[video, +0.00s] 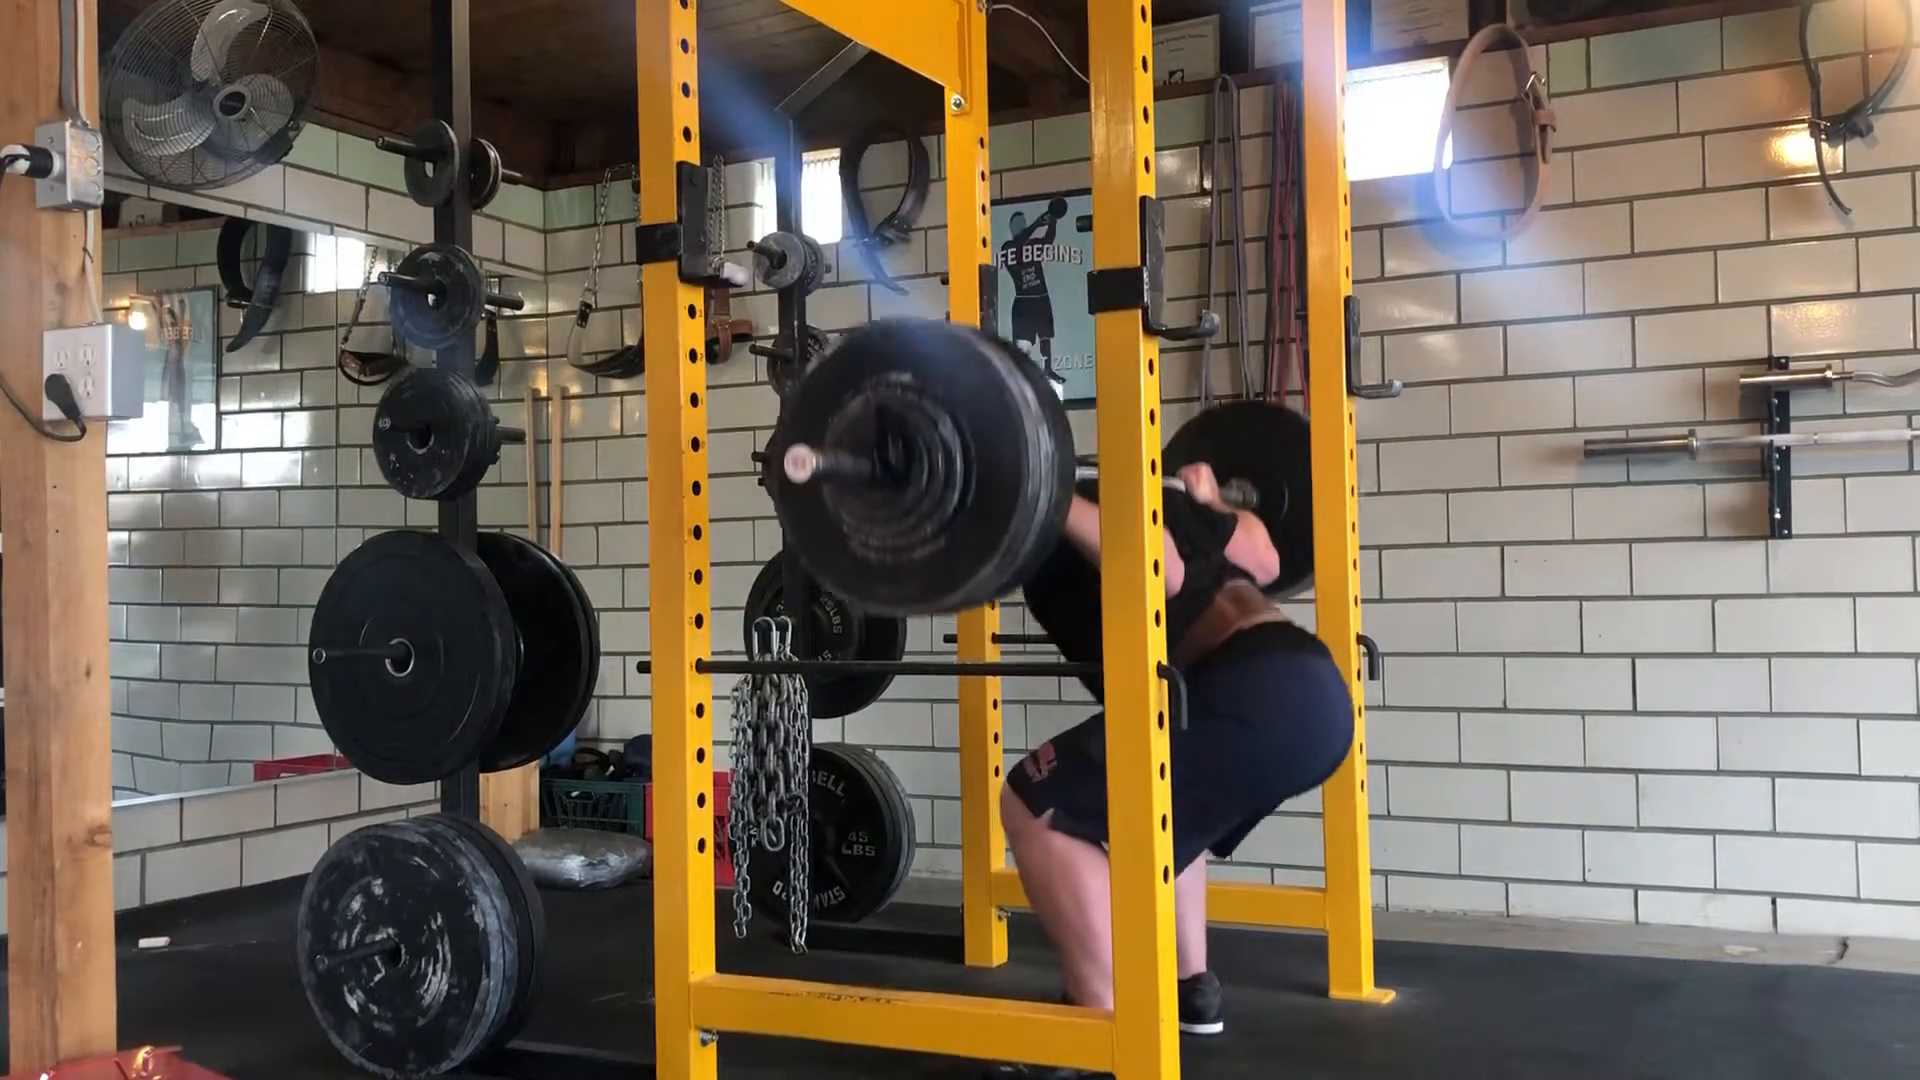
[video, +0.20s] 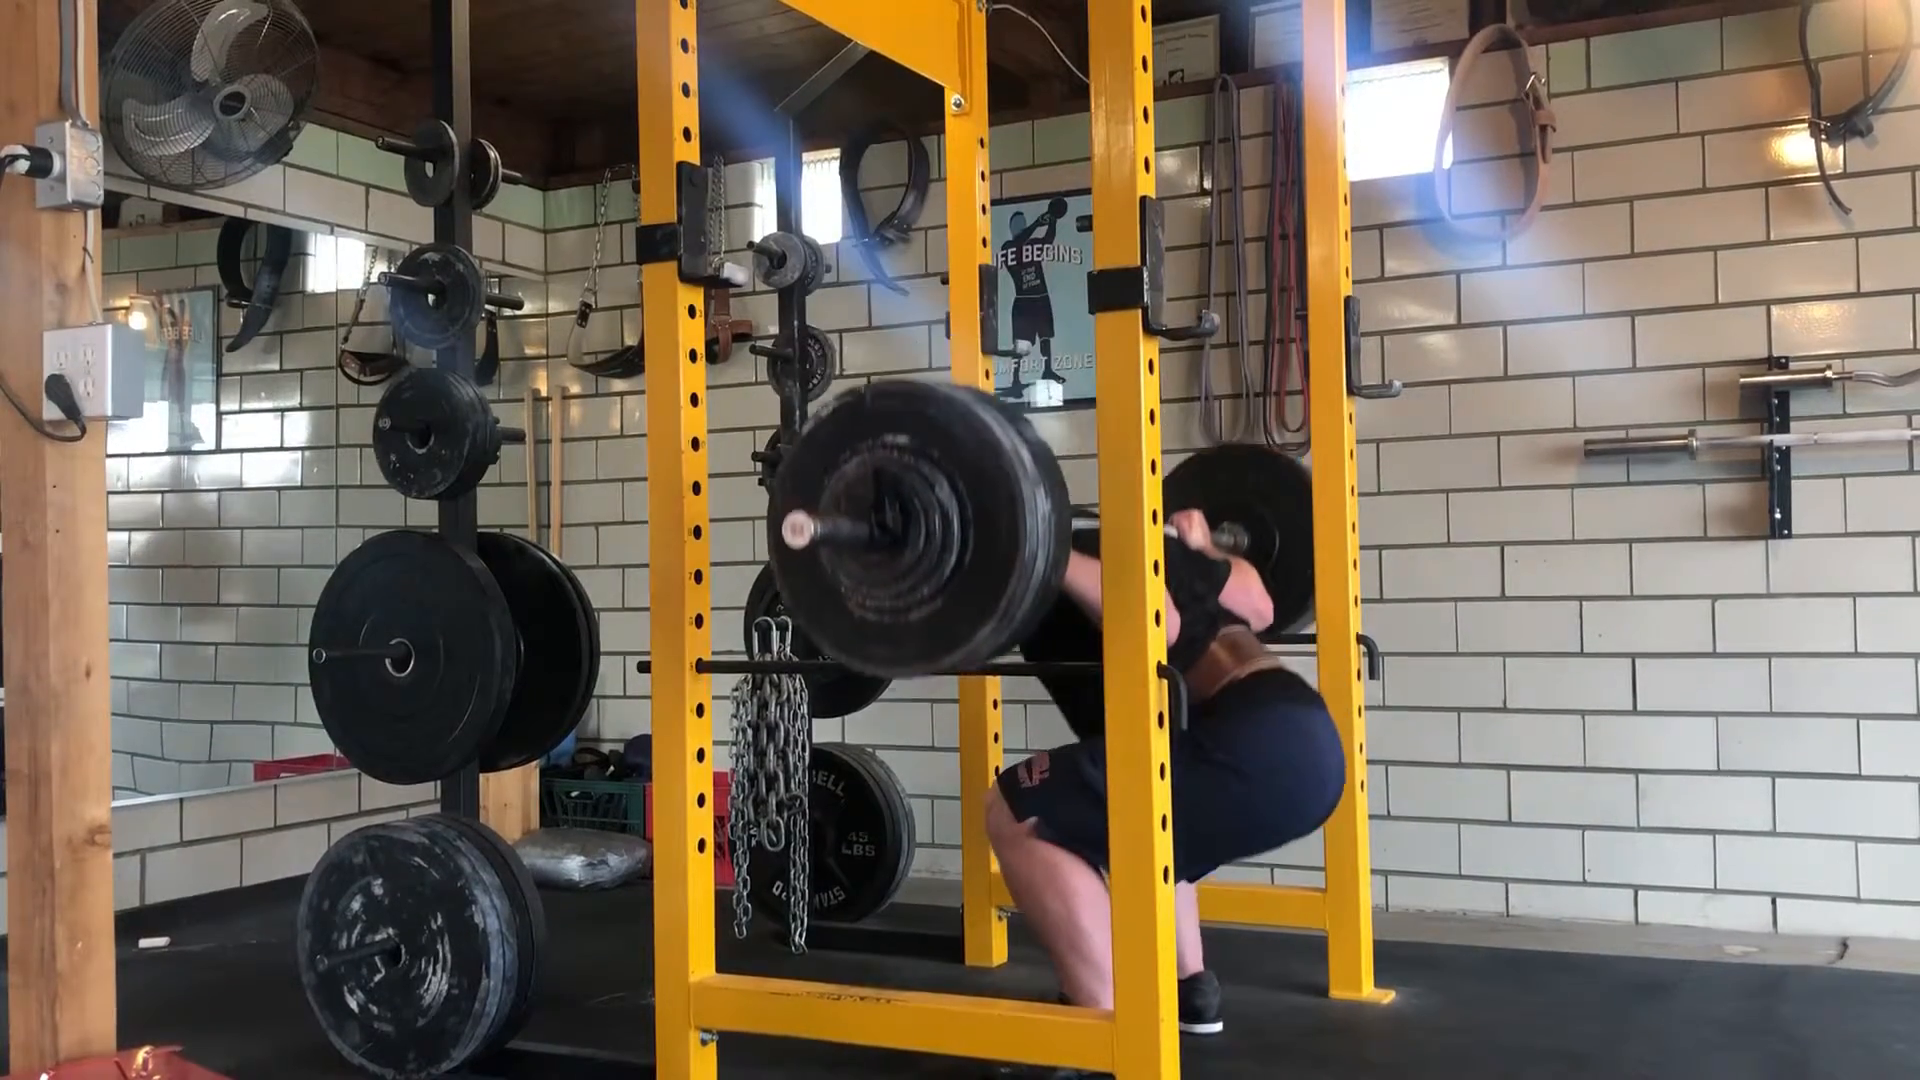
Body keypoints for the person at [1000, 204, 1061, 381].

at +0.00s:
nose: (1022, 227)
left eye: (1023, 224)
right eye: (1018, 224)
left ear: (1024, 226)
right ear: (1012, 227)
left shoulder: (1034, 246)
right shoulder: (1008, 248)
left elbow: (1048, 239)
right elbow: (1022, 236)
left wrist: (1052, 221)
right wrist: (1038, 222)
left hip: (1041, 297)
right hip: (1023, 298)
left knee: (1045, 337)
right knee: (1022, 339)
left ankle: (1047, 369)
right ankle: (1020, 371)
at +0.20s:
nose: (1022, 228)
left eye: (1023, 225)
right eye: (1018, 225)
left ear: (1024, 226)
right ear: (1013, 228)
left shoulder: (1035, 245)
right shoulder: (1007, 249)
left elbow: (1049, 237)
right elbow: (1021, 236)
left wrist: (1052, 218)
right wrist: (1038, 222)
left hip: (1042, 298)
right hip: (1023, 299)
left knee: (1045, 338)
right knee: (1021, 343)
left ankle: (1048, 370)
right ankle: (1016, 379)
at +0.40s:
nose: (1022, 228)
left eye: (1023, 225)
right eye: (1019, 225)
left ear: (1024, 226)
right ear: (1013, 228)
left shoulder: (1035, 244)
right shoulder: (1007, 249)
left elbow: (1049, 238)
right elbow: (1021, 237)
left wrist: (1052, 219)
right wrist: (1037, 223)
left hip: (1041, 298)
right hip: (1023, 299)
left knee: (1046, 338)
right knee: (1021, 343)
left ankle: (1048, 370)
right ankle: (1016, 379)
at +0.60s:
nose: (1022, 228)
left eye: (1022, 225)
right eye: (1019, 225)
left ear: (1016, 228)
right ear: (1016, 228)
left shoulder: (1034, 245)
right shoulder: (1007, 249)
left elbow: (1048, 239)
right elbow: (1021, 237)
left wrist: (1052, 221)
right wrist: (1038, 222)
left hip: (1041, 298)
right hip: (1023, 299)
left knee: (1046, 337)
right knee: (1020, 343)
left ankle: (1048, 370)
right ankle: (1016, 379)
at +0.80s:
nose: (1022, 228)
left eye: (1023, 225)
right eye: (1019, 225)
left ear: (1017, 228)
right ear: (1016, 228)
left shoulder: (1034, 245)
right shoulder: (1007, 249)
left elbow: (1048, 239)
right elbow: (1022, 236)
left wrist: (1052, 220)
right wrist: (1038, 222)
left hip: (1040, 298)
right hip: (1024, 300)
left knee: (1046, 338)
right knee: (1020, 344)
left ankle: (1048, 370)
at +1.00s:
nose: (1022, 229)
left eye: (1023, 226)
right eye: (1019, 226)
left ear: (1024, 228)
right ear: (1013, 229)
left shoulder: (1034, 246)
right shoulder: (1007, 250)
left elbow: (1048, 240)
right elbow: (1022, 237)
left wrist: (1052, 221)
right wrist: (1038, 222)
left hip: (1041, 298)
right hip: (1023, 299)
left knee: (1045, 338)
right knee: (1020, 344)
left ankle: (1048, 370)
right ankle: (1016, 380)